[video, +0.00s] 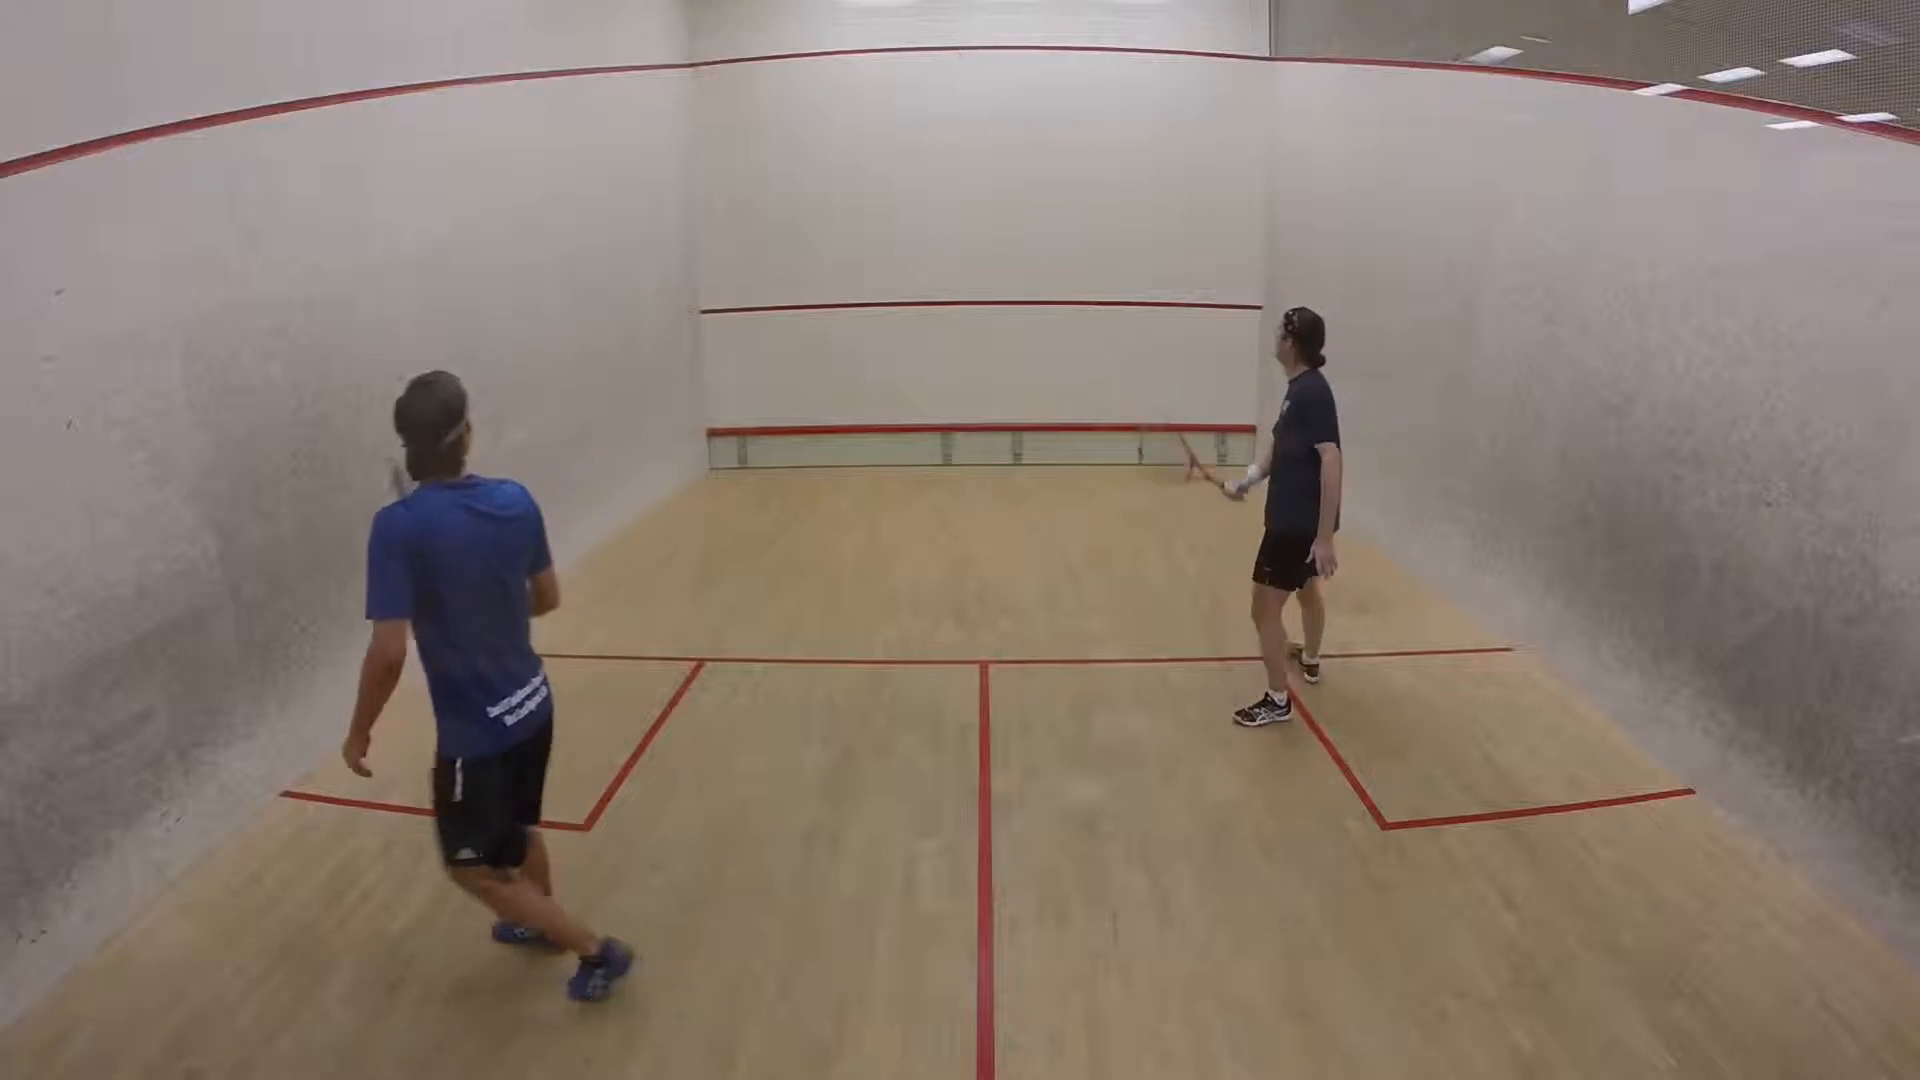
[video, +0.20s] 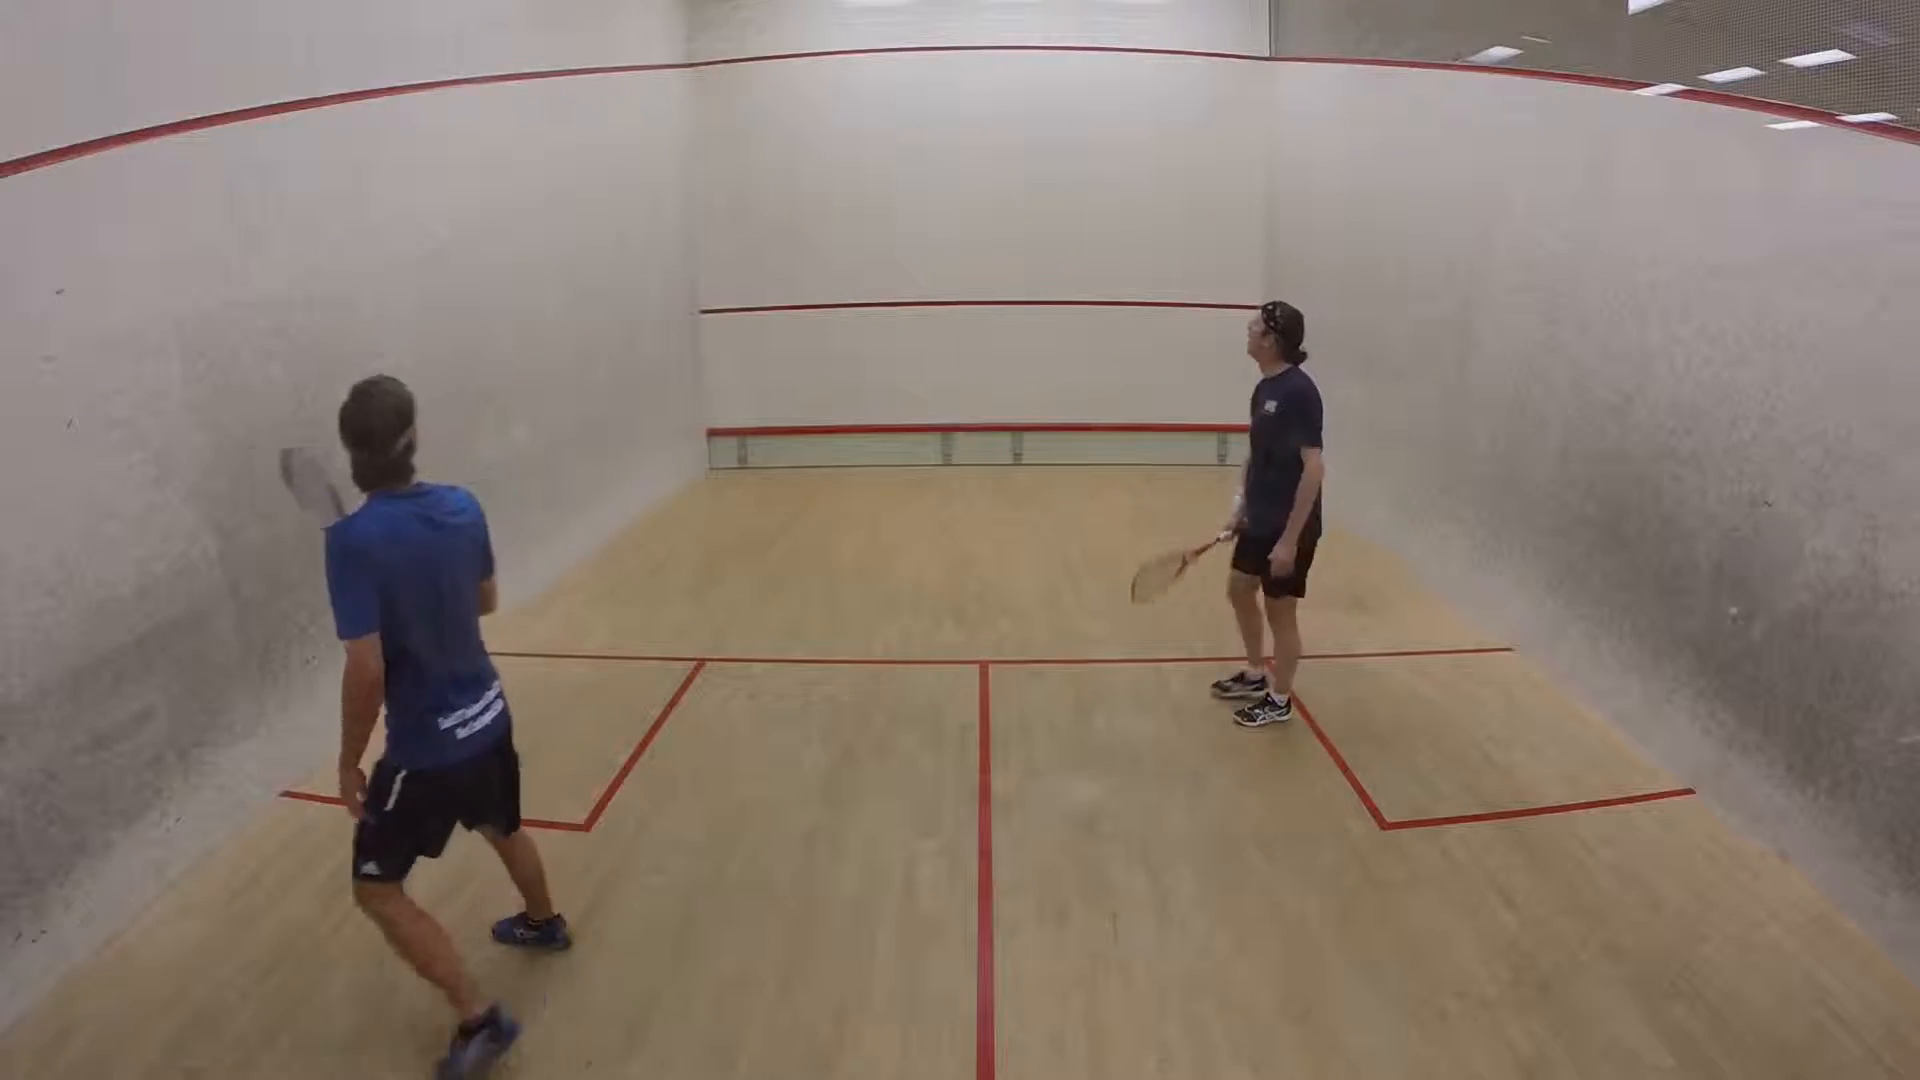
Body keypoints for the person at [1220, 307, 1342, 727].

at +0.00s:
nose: (1275, 344)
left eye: (1279, 337)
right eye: (1278, 337)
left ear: (1291, 342)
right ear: (1305, 343)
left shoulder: (1311, 392)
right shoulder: (1300, 389)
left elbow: (1331, 460)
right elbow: (1278, 447)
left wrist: (1325, 536)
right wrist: (1246, 482)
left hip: (1291, 522)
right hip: (1301, 518)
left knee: (1264, 610)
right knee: (1308, 591)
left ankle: (1278, 699)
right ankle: (1310, 660)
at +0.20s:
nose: (1248, 334)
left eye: (1254, 330)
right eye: (1250, 328)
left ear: (1272, 338)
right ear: (1272, 339)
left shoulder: (1301, 390)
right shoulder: (1263, 388)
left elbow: (1313, 471)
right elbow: (1257, 458)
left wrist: (1289, 539)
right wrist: (1241, 507)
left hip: (1292, 520)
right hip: (1260, 514)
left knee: (1280, 608)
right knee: (1240, 590)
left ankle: (1281, 699)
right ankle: (1256, 672)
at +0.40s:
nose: (1218, 336)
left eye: (1226, 332)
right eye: (1222, 330)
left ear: (1248, 346)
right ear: (1245, 346)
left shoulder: (1279, 401)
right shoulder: (1225, 394)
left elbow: (1285, 482)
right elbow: (1228, 471)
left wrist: (1246, 548)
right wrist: (1215, 532)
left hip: (1272, 529)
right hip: (1229, 521)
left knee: (1274, 620)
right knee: (1196, 609)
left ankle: (1280, 698)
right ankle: (1176, 708)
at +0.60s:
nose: (1180, 336)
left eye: (1190, 332)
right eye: (1185, 329)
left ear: (1214, 348)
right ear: (1205, 348)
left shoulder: (1245, 406)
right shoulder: (1180, 399)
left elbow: (1259, 489)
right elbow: (1181, 475)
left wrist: (1229, 556)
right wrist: (1170, 533)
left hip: (1229, 537)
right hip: (1181, 529)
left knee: (1233, 630)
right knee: (1157, 622)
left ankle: (1270, 687)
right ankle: (1149, 725)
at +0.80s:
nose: (1143, 329)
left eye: (1154, 325)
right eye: (1146, 322)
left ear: (1181, 340)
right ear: (1166, 339)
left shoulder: (1213, 398)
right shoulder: (1137, 391)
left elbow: (1235, 478)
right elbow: (1123, 461)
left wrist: (1229, 557)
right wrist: (1106, 524)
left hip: (1191, 539)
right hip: (1143, 531)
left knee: (1162, 645)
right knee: (1140, 631)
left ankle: (1203, 696)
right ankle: (1148, 726)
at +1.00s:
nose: (1106, 338)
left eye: (1118, 333)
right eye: (1108, 329)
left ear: (1147, 346)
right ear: (1122, 342)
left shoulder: (1178, 407)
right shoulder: (1096, 401)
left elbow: (1207, 486)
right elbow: (1065, 472)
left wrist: (1210, 567)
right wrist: (1033, 536)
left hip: (1155, 552)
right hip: (1108, 546)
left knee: (1121, 667)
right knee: (1133, 643)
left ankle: (1093, 779)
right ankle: (1147, 726)